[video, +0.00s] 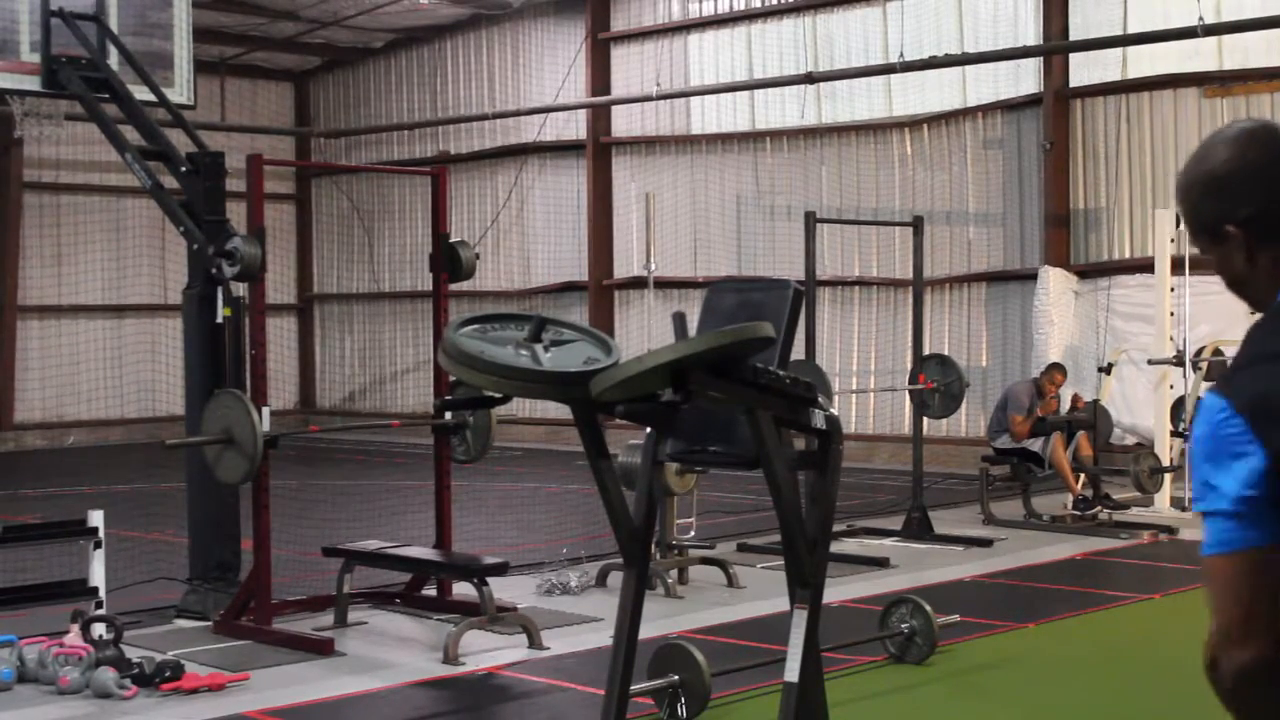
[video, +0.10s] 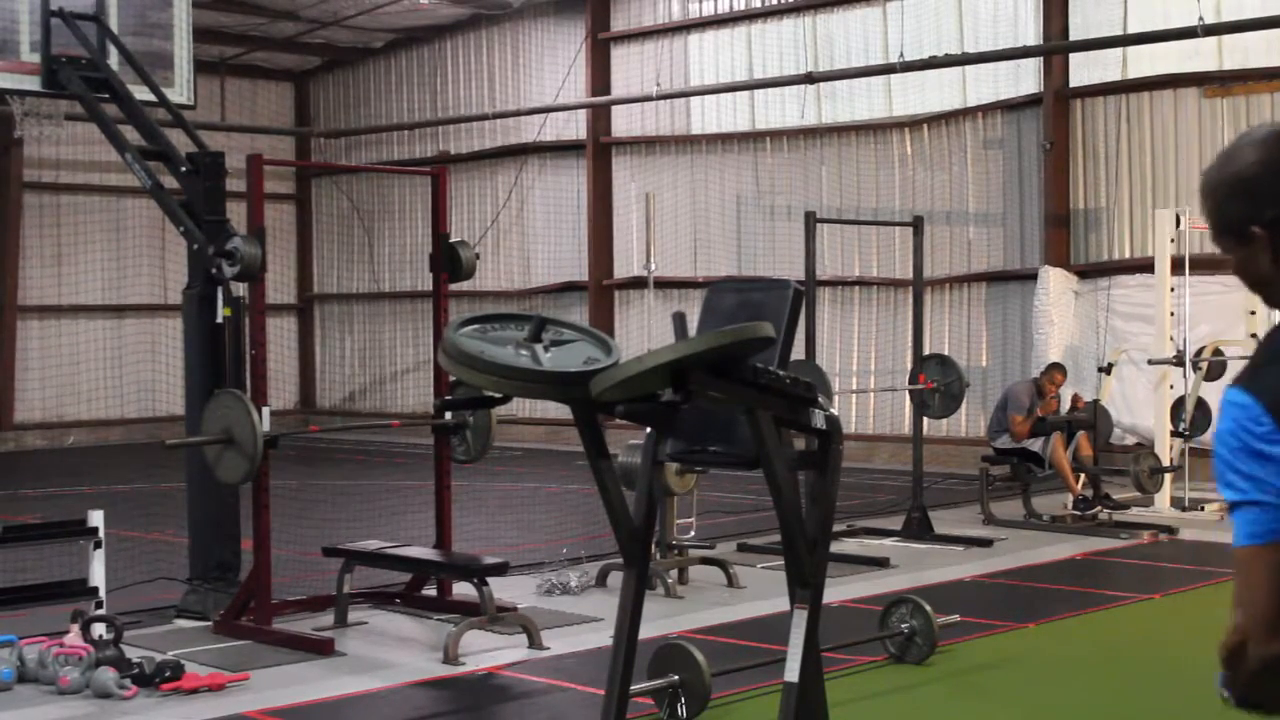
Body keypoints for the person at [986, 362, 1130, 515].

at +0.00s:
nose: (1053, 390)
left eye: (1058, 387)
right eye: (1051, 384)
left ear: (1061, 386)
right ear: (1041, 376)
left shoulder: (1049, 396)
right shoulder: (1020, 392)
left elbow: (1051, 426)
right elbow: (1017, 434)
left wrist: (1072, 412)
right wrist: (1040, 413)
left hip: (1029, 438)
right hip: (1003, 440)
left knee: (1080, 436)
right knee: (1055, 439)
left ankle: (1098, 494)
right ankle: (1078, 497)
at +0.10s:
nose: (1053, 390)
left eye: (1058, 387)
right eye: (1051, 384)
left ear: (1061, 386)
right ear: (1041, 376)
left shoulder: (1049, 395)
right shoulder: (1020, 392)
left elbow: (1051, 426)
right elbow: (1017, 434)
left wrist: (1072, 412)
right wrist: (1040, 413)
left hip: (1028, 438)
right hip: (1003, 440)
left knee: (1080, 436)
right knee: (1055, 440)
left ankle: (1099, 494)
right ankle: (1078, 498)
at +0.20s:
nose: (1053, 390)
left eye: (1058, 387)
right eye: (1051, 384)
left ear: (1061, 386)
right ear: (1041, 376)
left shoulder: (1050, 395)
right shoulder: (1020, 392)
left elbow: (1051, 426)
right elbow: (1017, 434)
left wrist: (1072, 412)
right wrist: (1040, 412)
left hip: (1029, 439)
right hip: (1003, 440)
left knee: (1080, 436)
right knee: (1055, 439)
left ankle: (1099, 494)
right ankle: (1078, 498)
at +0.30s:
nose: (1053, 390)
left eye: (1058, 386)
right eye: (1051, 384)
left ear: (1061, 386)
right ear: (1041, 375)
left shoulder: (1050, 395)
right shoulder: (1020, 392)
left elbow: (1052, 426)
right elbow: (1018, 435)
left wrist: (1072, 412)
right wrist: (1041, 412)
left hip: (1029, 438)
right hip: (1004, 439)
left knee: (1080, 436)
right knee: (1055, 439)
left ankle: (1099, 494)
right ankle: (1078, 498)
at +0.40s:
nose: (1053, 390)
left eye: (1058, 386)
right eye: (1051, 383)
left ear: (1061, 386)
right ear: (1041, 375)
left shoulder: (1050, 395)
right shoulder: (1020, 391)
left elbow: (1052, 426)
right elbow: (1018, 434)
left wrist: (1072, 412)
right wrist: (1040, 412)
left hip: (1029, 438)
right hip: (1003, 439)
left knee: (1080, 436)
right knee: (1055, 439)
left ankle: (1099, 494)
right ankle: (1078, 498)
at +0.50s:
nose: (1054, 389)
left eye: (1058, 386)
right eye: (1051, 383)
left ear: (1061, 386)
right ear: (1041, 375)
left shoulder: (1050, 395)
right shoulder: (1019, 391)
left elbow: (1053, 425)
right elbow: (1018, 435)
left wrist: (1072, 410)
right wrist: (1039, 412)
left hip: (1031, 436)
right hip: (1003, 439)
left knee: (1080, 436)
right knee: (1055, 438)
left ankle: (1099, 493)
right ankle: (1078, 497)